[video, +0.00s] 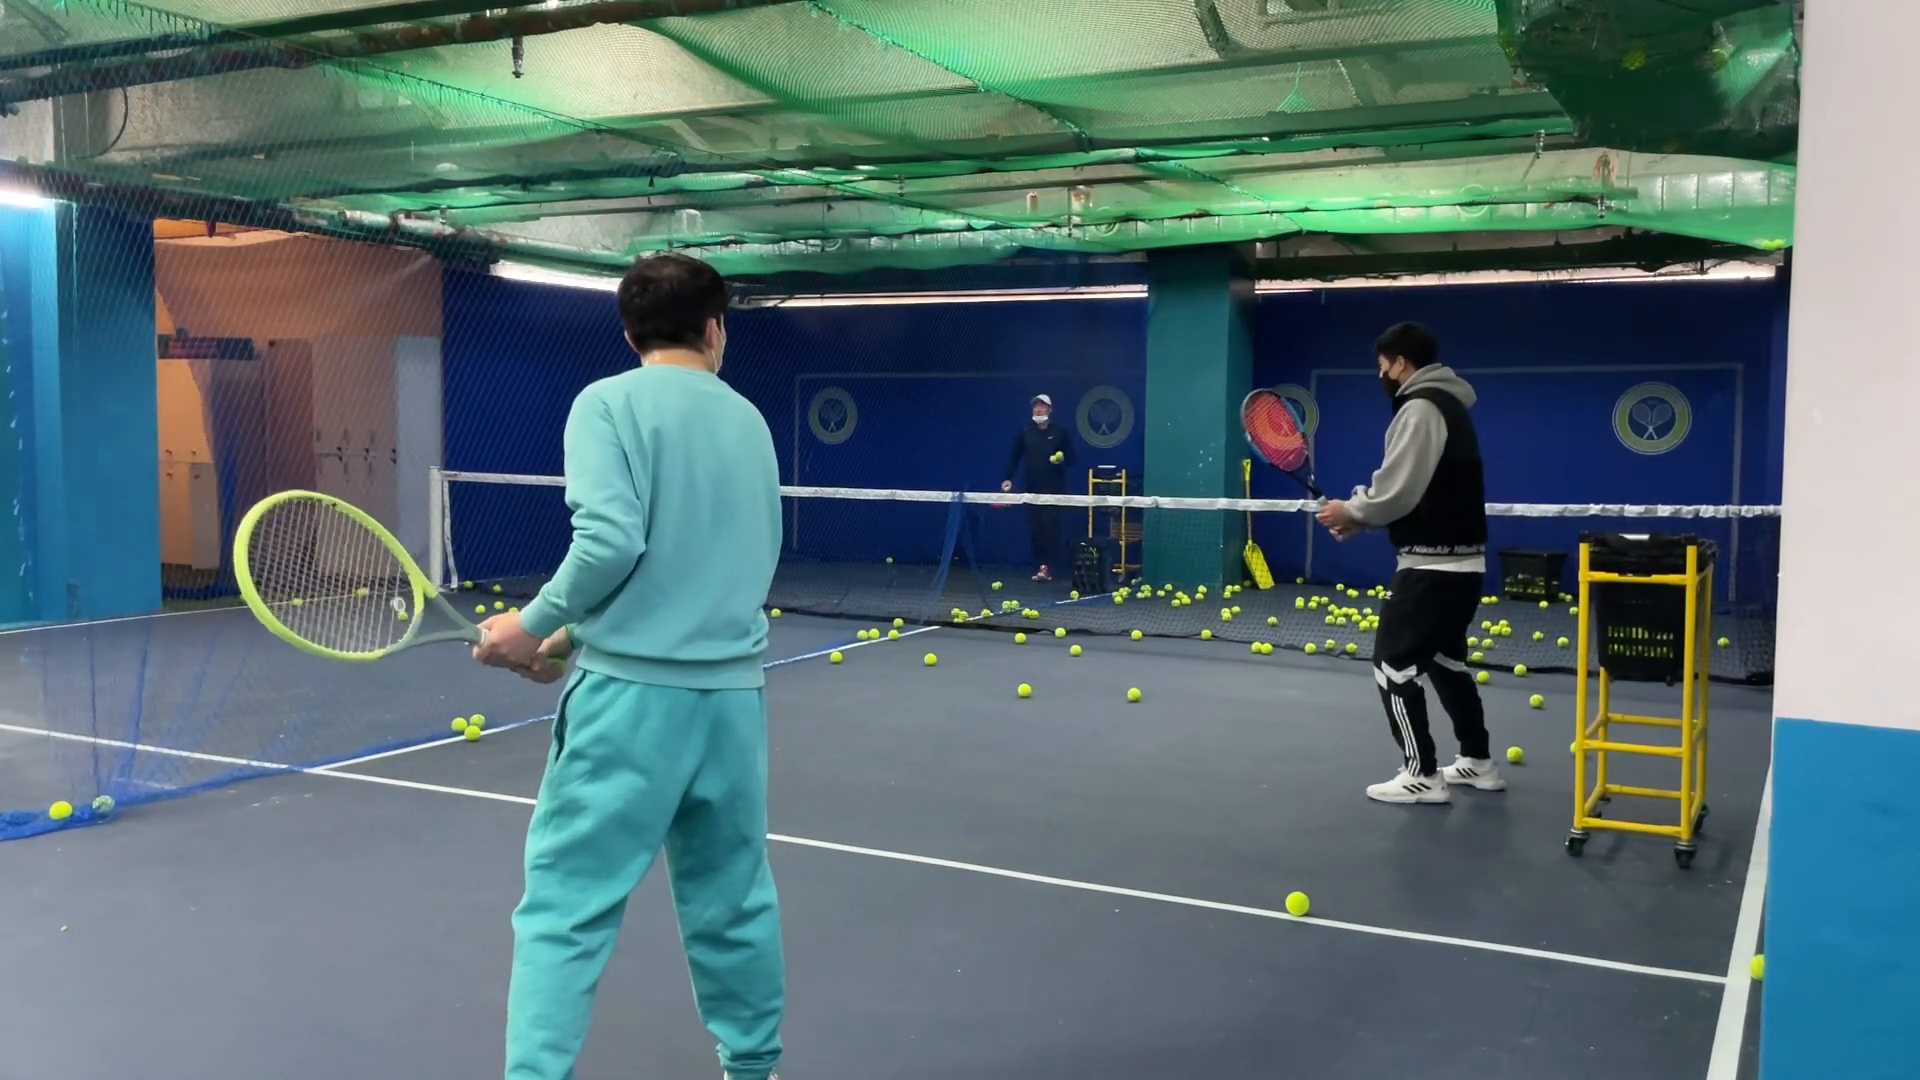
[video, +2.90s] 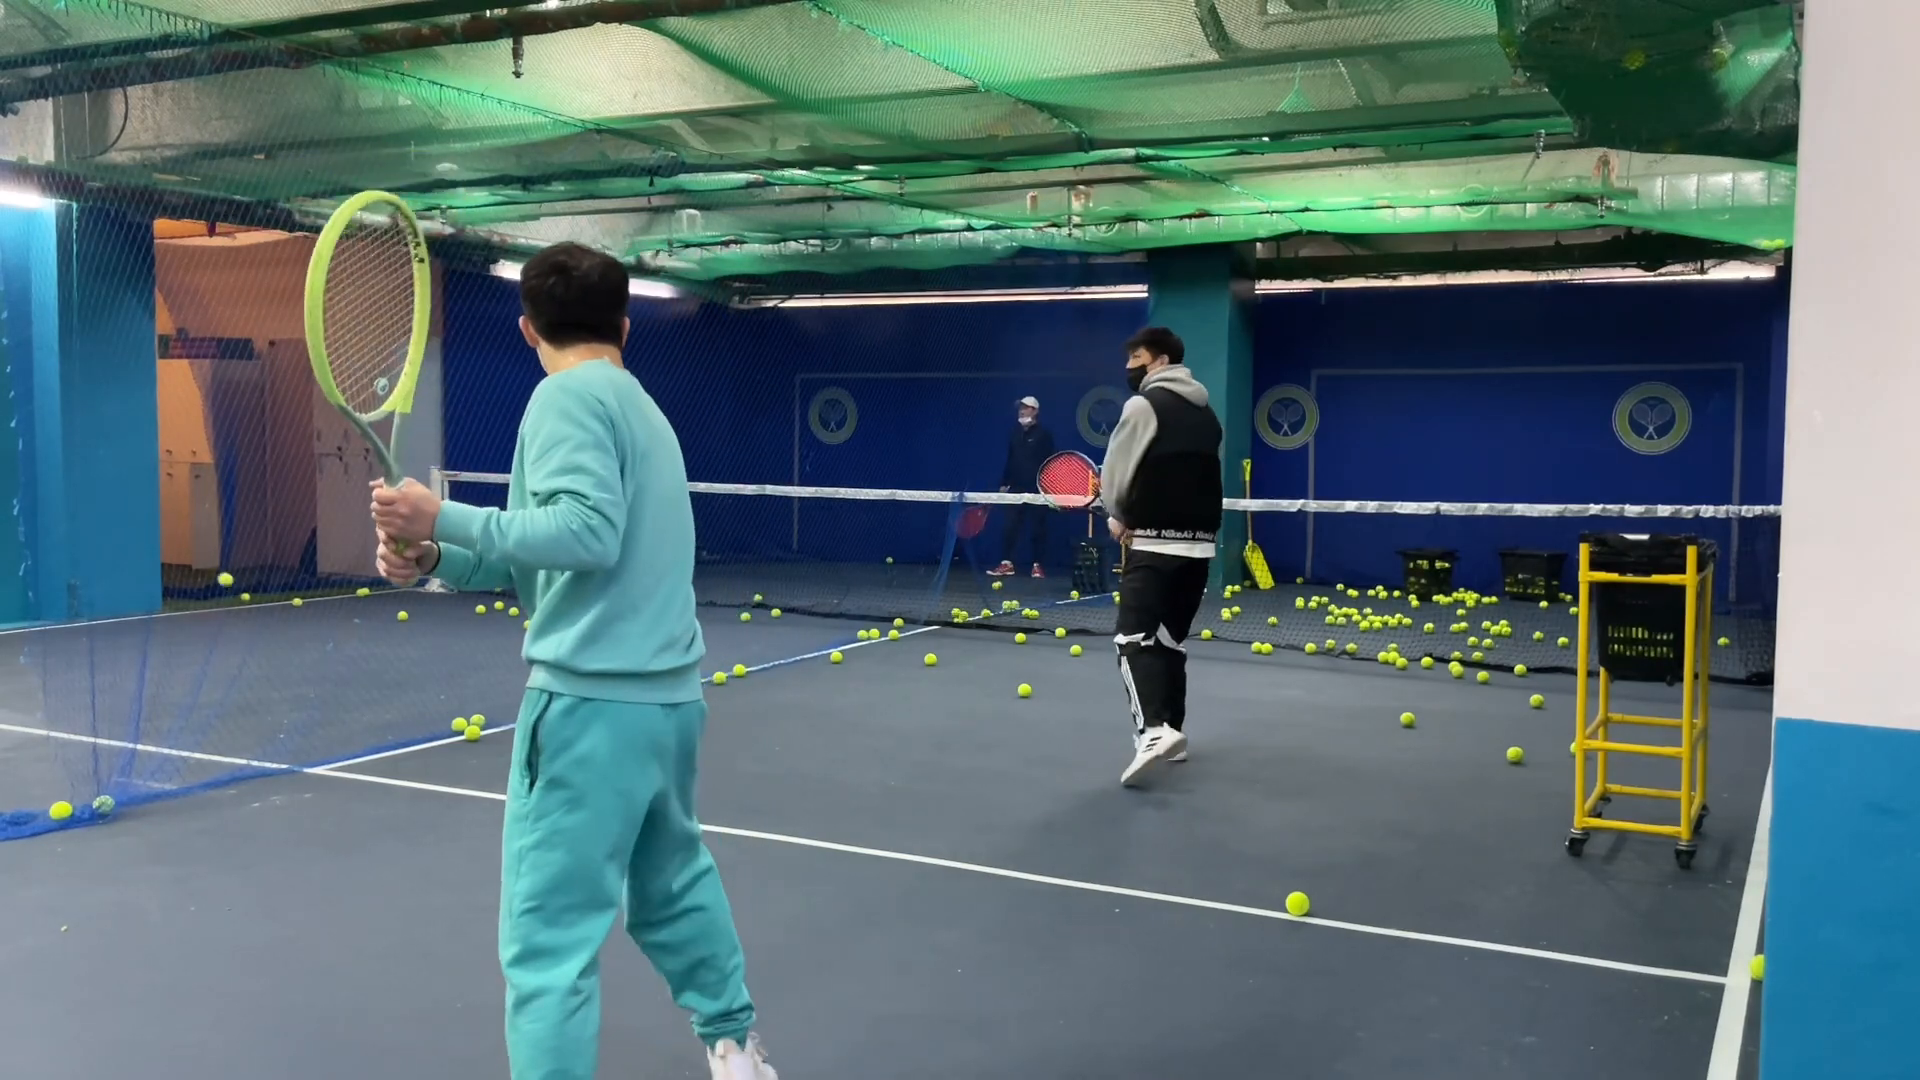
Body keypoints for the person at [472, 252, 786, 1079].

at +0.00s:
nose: (727, 337)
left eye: (722, 324)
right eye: (726, 325)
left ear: (635, 331)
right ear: (712, 330)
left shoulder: (607, 404)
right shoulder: (750, 423)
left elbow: (612, 540)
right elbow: (726, 565)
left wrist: (528, 623)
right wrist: (572, 635)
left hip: (627, 701)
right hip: (734, 703)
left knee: (566, 911)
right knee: (733, 896)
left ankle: (536, 1069)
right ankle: (754, 1064)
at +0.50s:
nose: (735, 328)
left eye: (732, 315)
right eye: (734, 316)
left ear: (639, 325)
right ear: (721, 322)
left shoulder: (592, 409)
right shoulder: (766, 425)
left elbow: (555, 555)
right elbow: (769, 548)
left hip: (615, 704)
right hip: (731, 707)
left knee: (570, 909)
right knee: (734, 900)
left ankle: (540, 1069)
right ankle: (750, 1064)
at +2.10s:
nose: (732, 330)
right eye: (731, 319)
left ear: (634, 324)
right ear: (723, 323)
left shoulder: (605, 400)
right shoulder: (754, 426)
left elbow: (533, 535)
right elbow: (657, 563)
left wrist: (469, 513)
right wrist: (521, 556)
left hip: (617, 708)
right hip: (726, 710)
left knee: (579, 920)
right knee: (732, 905)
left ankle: (554, 1071)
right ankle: (752, 1065)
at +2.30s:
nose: (606, 326)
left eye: (608, 316)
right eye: (713, 320)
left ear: (615, 324)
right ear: (705, 325)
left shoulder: (604, 393)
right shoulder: (722, 419)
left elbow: (530, 506)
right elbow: (593, 533)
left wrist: (431, 471)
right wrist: (465, 524)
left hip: (615, 709)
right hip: (718, 708)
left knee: (582, 927)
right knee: (724, 904)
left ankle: (562, 1071)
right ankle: (753, 1064)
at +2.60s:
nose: (564, 322)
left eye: (564, 311)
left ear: (571, 323)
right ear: (665, 325)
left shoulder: (600, 399)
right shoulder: (674, 413)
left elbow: (592, 519)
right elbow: (571, 536)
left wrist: (456, 483)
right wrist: (453, 525)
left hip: (608, 710)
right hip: (692, 706)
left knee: (572, 932)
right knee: (705, 901)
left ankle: (561, 1070)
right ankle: (748, 1064)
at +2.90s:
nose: (523, 328)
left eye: (523, 316)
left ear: (529, 325)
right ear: (621, 320)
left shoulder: (568, 399)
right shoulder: (641, 411)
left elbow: (588, 535)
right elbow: (553, 570)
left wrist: (445, 519)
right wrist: (441, 559)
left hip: (588, 706)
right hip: (671, 699)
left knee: (549, 938)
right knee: (672, 881)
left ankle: (550, 1070)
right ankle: (736, 1054)